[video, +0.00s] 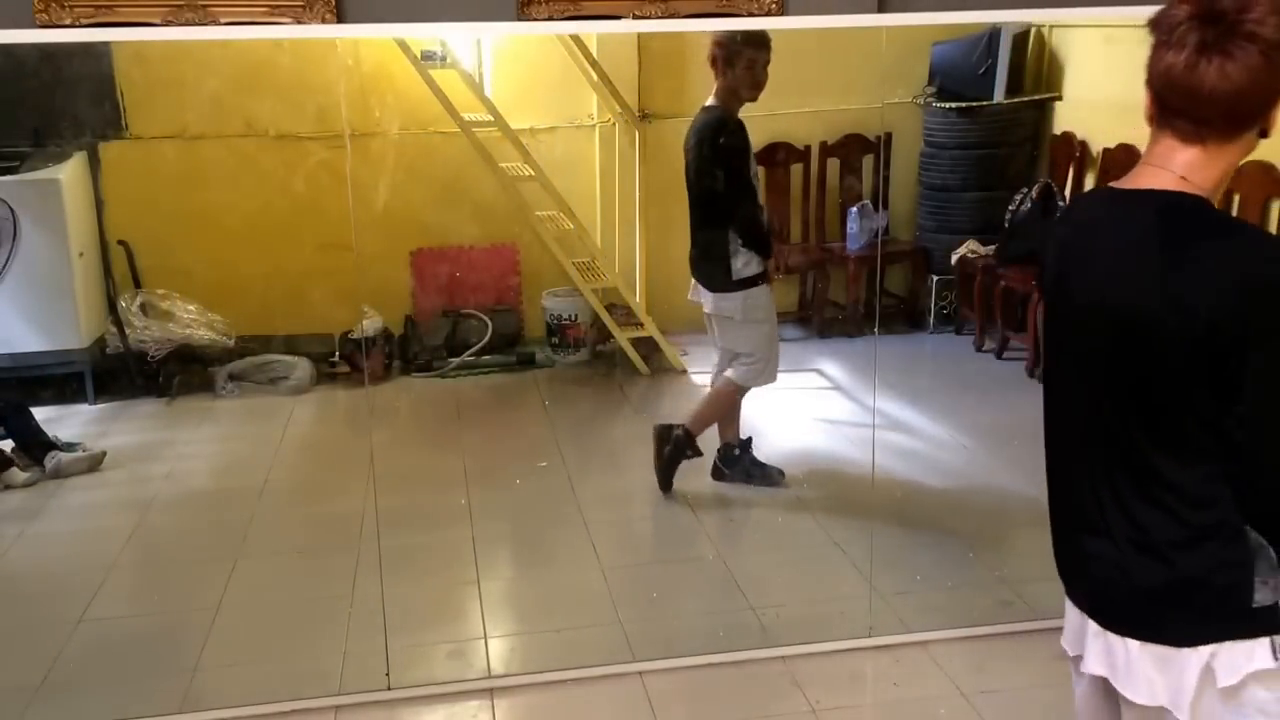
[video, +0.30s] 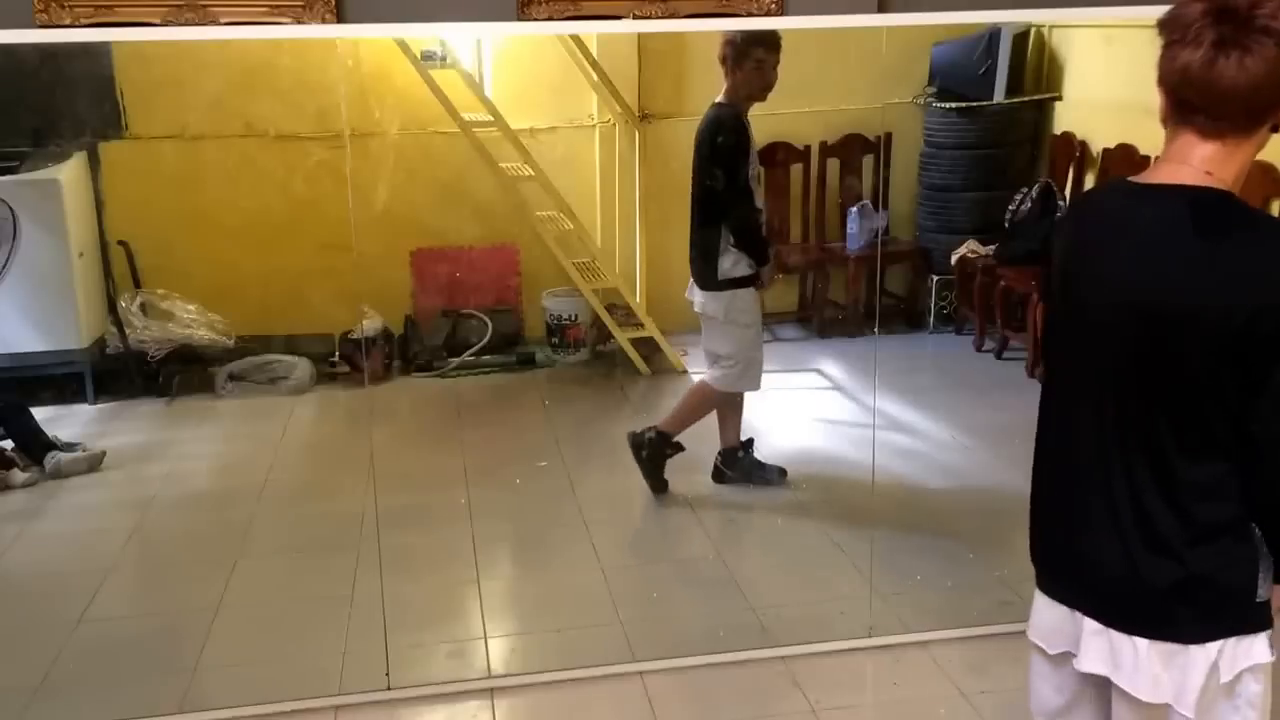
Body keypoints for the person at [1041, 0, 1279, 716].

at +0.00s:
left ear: (1148, 99)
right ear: (1266, 124)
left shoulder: (1072, 231)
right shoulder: (1252, 266)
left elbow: (1067, 407)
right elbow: (1265, 464)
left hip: (1090, 575)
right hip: (1206, 601)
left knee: (1102, 702)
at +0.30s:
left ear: (1162, 89)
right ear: (1269, 119)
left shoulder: (1084, 221)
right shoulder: (1260, 254)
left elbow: (1064, 387)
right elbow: (1270, 440)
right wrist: (1277, 569)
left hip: (1070, 568)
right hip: (1199, 595)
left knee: (1063, 706)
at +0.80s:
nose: (1069, 123)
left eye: (1071, 104)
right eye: (1070, 103)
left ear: (1092, 109)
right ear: (1185, 105)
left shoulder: (1035, 232)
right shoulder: (1256, 243)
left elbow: (962, 402)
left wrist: (918, 541)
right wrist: (1273, 574)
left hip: (1027, 602)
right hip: (1178, 605)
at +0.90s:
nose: (1032, 134)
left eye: (1030, 116)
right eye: (1030, 115)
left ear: (1050, 115)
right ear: (1137, 109)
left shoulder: (1007, 243)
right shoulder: (1227, 240)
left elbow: (941, 419)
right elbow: (1256, 417)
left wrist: (901, 568)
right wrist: (1236, 557)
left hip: (1016, 604)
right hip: (1166, 604)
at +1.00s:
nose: (980, 144)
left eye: (979, 125)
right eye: (980, 125)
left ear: (999, 122)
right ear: (1089, 111)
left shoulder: (970, 252)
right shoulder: (1181, 238)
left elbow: (918, 442)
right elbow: (1218, 419)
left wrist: (899, 602)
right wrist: (1206, 562)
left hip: (1003, 611)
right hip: (1147, 604)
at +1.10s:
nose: (936, 149)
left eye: (934, 132)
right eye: (932, 133)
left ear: (952, 129)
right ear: (1045, 113)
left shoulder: (930, 261)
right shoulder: (1146, 235)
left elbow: (899, 454)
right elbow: (1192, 411)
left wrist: (912, 622)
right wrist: (1199, 565)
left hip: (982, 618)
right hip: (1128, 608)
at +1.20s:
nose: (913, 157)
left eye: (908, 139)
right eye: (911, 139)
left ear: (924, 134)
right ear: (1015, 119)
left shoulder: (911, 263)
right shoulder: (1125, 230)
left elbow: (899, 463)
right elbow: (1175, 407)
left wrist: (938, 632)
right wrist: (1193, 568)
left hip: (969, 630)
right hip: (1118, 618)